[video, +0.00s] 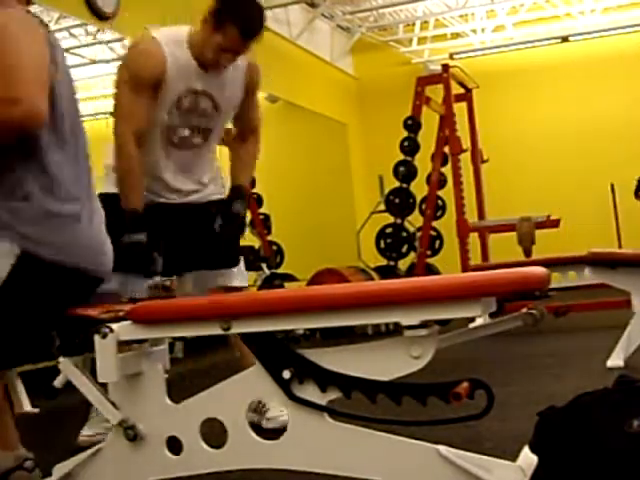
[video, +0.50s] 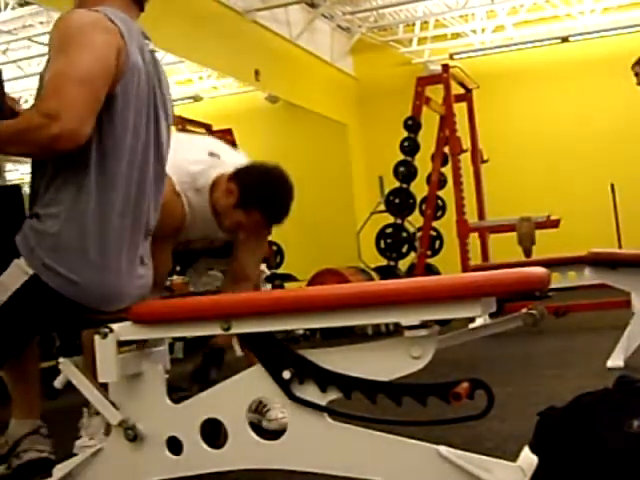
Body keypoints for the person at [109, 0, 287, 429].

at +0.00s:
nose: (227, 61)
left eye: (236, 54)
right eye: (224, 49)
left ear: (248, 47)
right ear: (207, 23)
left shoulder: (245, 72)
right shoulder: (151, 54)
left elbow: (247, 135)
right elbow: (128, 138)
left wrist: (241, 196)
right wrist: (133, 222)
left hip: (205, 203)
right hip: (145, 203)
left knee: (229, 312)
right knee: (137, 323)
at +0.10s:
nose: (238, 86)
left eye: (248, 80)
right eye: (235, 75)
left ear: (259, 72)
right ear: (218, 52)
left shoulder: (257, 89)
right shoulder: (161, 76)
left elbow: (259, 153)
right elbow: (138, 167)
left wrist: (247, 212)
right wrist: (144, 250)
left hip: (209, 196)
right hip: (150, 193)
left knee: (229, 302)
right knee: (146, 306)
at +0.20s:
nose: (247, 137)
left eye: (257, 133)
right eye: (245, 128)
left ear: (269, 120)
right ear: (232, 101)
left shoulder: (264, 120)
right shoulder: (168, 120)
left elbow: (264, 178)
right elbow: (149, 210)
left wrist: (250, 236)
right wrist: (153, 292)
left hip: (210, 209)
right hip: (159, 211)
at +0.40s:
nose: (247, 212)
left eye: (256, 207)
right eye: (246, 204)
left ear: (265, 196)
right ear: (231, 177)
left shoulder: (260, 188)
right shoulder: (173, 186)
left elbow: (247, 262)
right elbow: (156, 278)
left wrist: (243, 338)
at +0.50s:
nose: (242, 236)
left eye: (251, 232)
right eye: (241, 226)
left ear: (263, 220)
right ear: (228, 194)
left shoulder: (257, 211)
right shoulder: (171, 201)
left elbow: (244, 280)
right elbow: (154, 287)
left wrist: (224, 335)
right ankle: (98, 408)